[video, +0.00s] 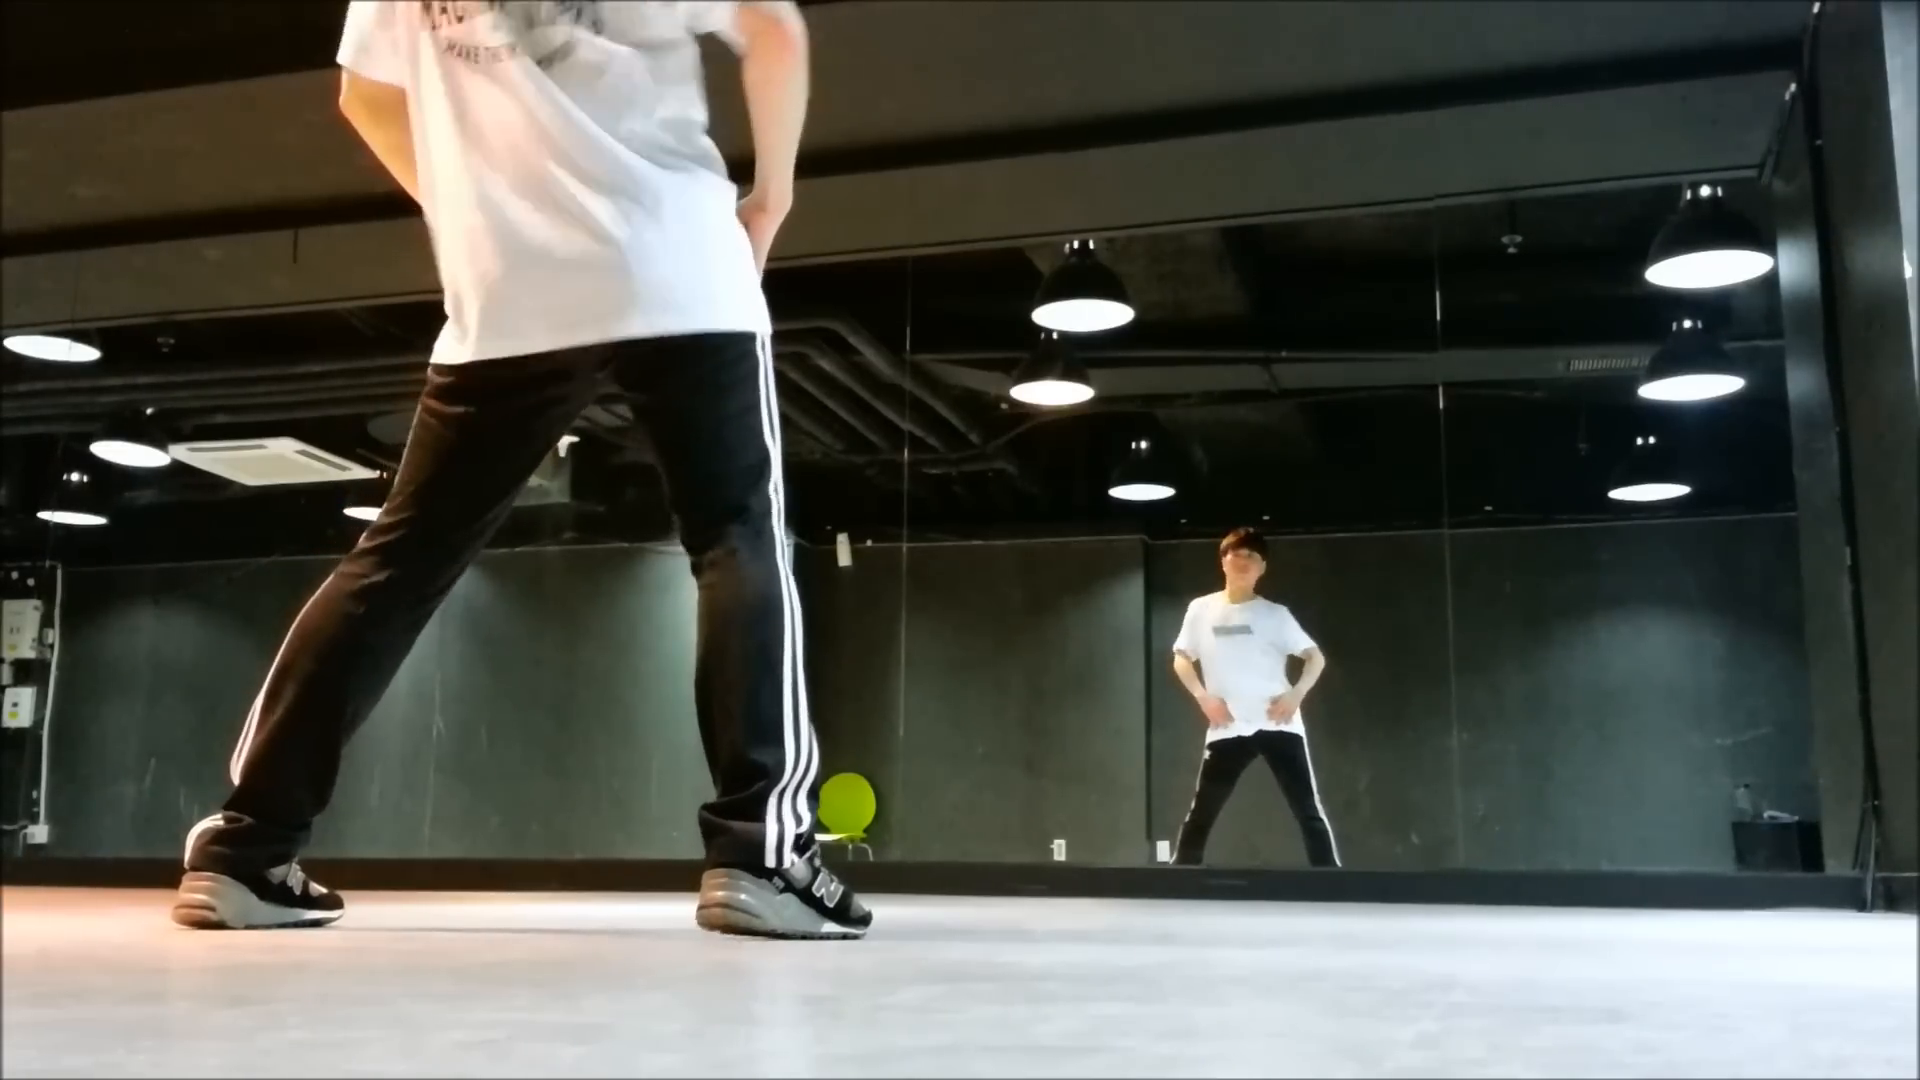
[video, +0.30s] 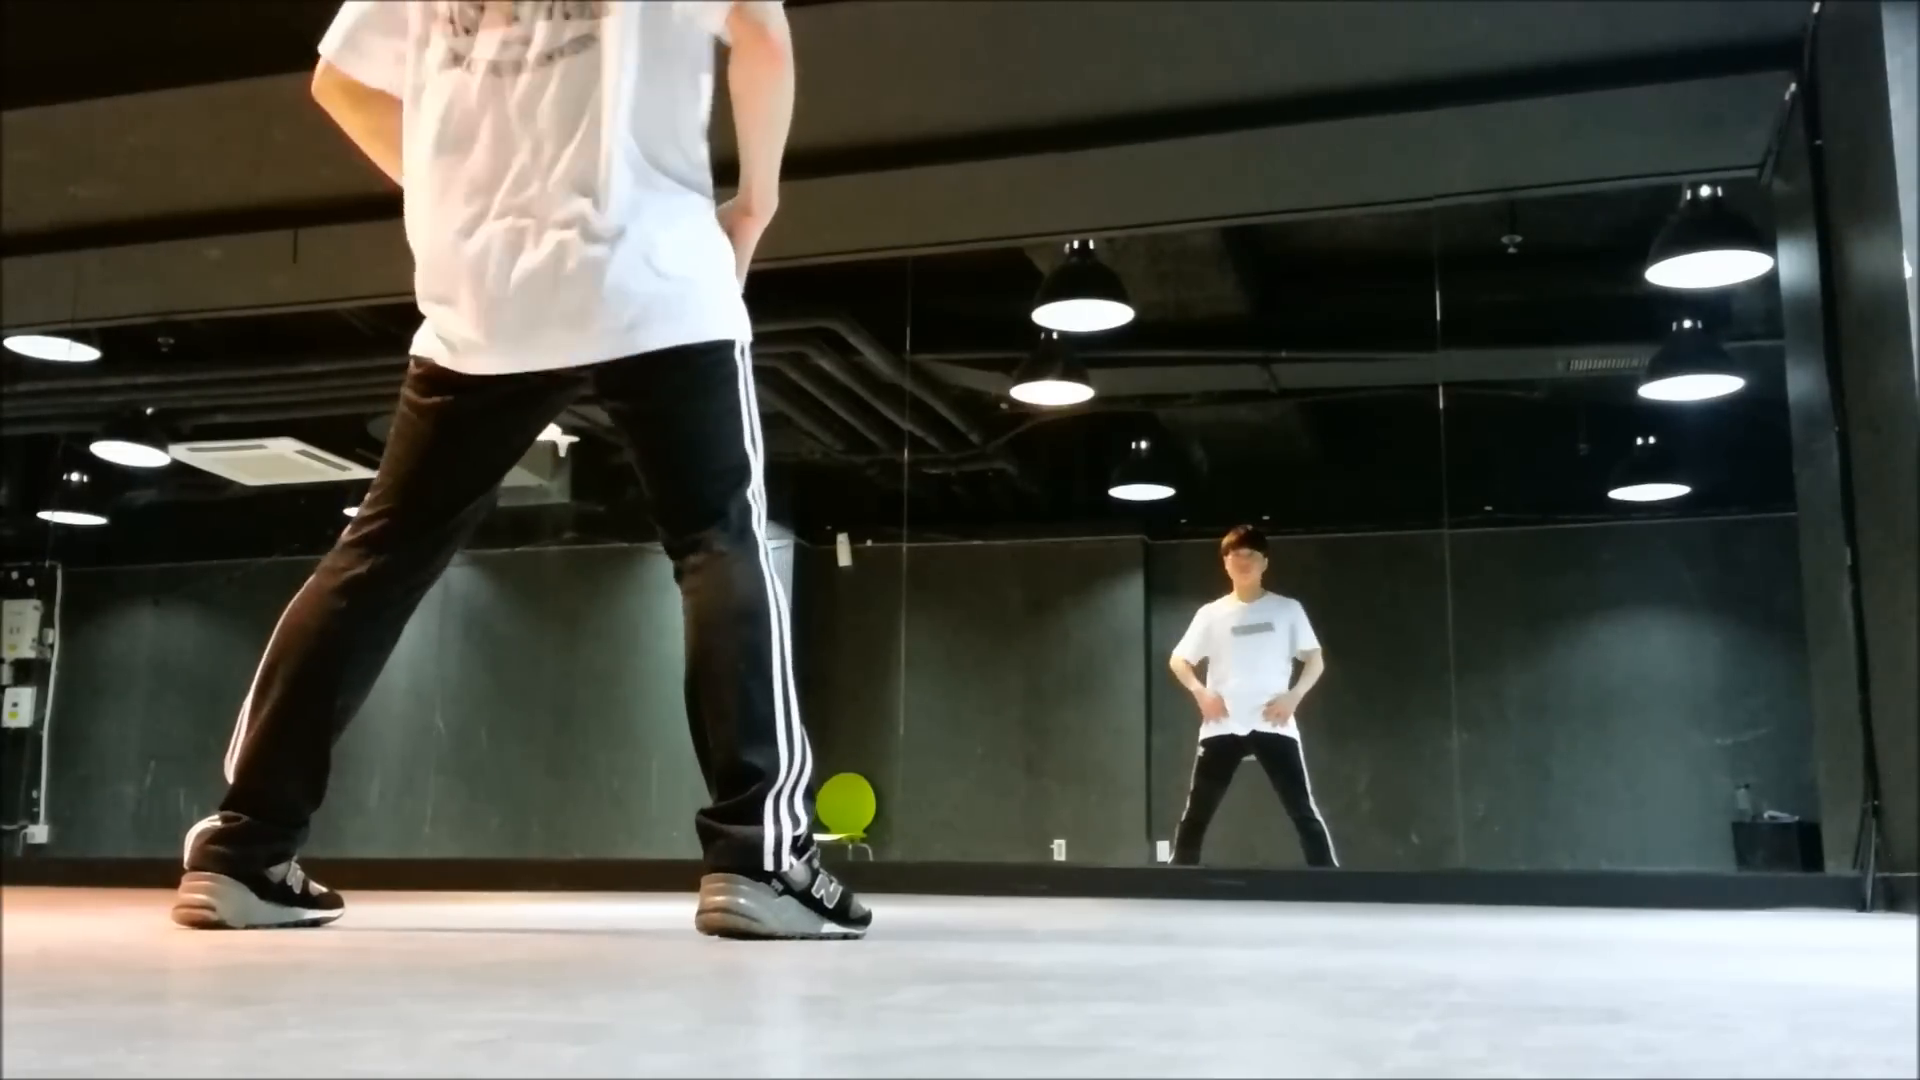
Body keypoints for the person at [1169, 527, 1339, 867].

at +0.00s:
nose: (1242, 563)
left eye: (1251, 557)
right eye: (1235, 555)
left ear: (1262, 567)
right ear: (1223, 561)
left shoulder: (1277, 614)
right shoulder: (1201, 609)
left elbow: (1316, 658)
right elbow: (1181, 661)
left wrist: (1295, 696)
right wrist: (1205, 699)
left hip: (1280, 728)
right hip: (1228, 731)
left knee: (1309, 813)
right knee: (1200, 815)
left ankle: (1333, 889)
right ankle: (1178, 889)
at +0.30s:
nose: (1242, 562)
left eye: (1250, 556)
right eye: (1235, 556)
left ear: (1265, 563)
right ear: (1225, 563)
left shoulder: (1289, 610)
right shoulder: (1211, 614)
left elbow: (1316, 662)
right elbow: (1178, 661)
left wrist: (1292, 698)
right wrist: (1201, 693)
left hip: (1275, 728)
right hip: (1222, 729)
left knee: (1303, 812)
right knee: (1196, 814)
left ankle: (1331, 888)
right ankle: (1178, 890)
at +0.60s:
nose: (1249, 566)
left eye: (1256, 559)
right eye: (1241, 559)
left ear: (1269, 565)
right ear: (1230, 566)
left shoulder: (1294, 612)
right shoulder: (1214, 614)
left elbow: (1323, 662)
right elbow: (1180, 660)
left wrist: (1296, 697)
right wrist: (1203, 695)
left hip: (1277, 729)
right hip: (1224, 729)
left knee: (1305, 813)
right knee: (1197, 815)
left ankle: (1332, 889)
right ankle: (1178, 890)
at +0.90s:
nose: (1248, 563)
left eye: (1256, 556)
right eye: (1241, 555)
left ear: (1269, 564)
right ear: (1229, 562)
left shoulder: (1286, 613)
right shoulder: (1211, 613)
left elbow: (1312, 665)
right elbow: (1188, 664)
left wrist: (1295, 700)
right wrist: (1203, 698)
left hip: (1277, 730)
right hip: (1225, 730)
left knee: (1307, 813)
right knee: (1197, 816)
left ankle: (1332, 888)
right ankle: (1177, 889)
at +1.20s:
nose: (1242, 559)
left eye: (1250, 553)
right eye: (1235, 553)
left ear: (1264, 563)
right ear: (1225, 563)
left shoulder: (1285, 613)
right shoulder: (1207, 614)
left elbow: (1321, 659)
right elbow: (1177, 662)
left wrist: (1295, 694)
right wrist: (1200, 694)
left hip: (1276, 727)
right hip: (1223, 729)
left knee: (1305, 812)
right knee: (1197, 814)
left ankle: (1331, 888)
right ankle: (1178, 889)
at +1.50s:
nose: (1243, 556)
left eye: (1251, 550)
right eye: (1236, 551)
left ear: (1265, 560)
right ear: (1226, 561)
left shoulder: (1287, 611)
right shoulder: (1209, 610)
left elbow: (1315, 663)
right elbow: (1186, 660)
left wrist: (1297, 701)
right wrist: (1202, 697)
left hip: (1278, 731)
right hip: (1224, 731)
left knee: (1307, 813)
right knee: (1198, 816)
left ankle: (1332, 888)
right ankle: (1178, 890)